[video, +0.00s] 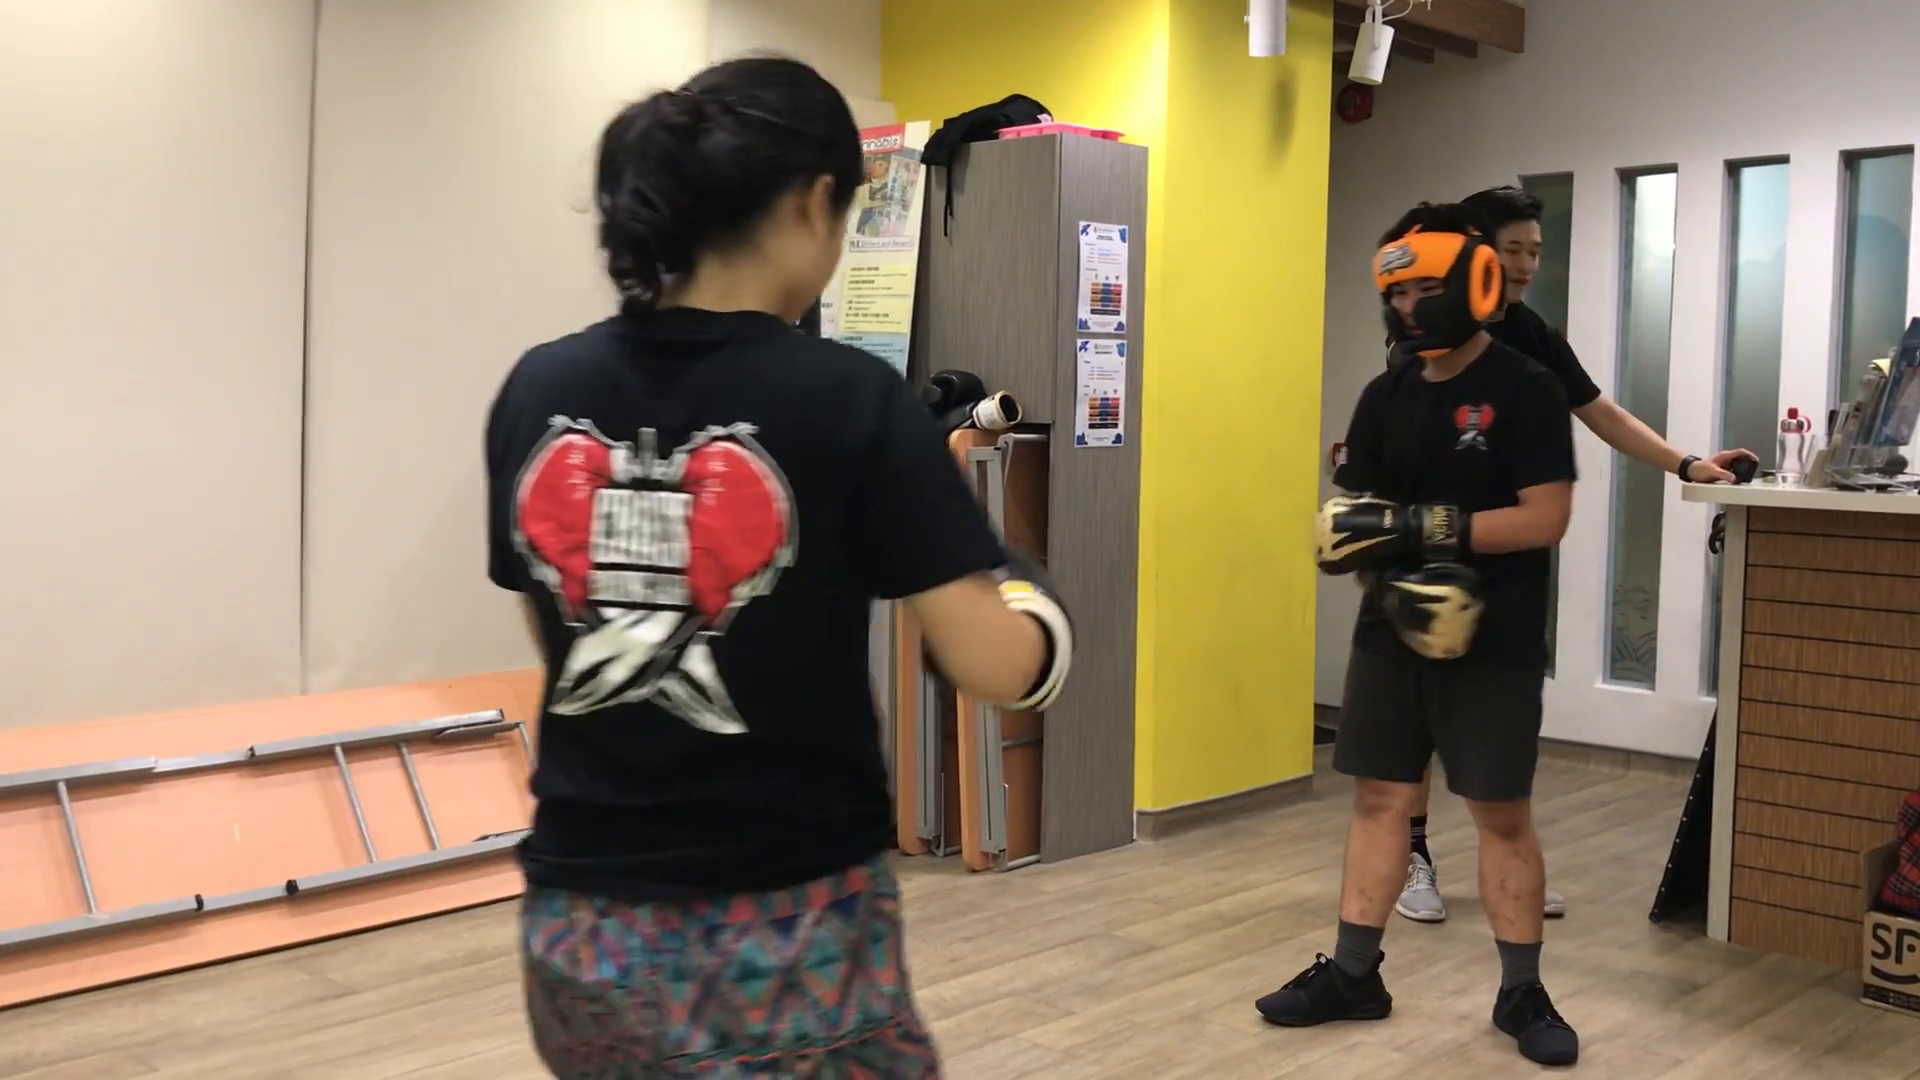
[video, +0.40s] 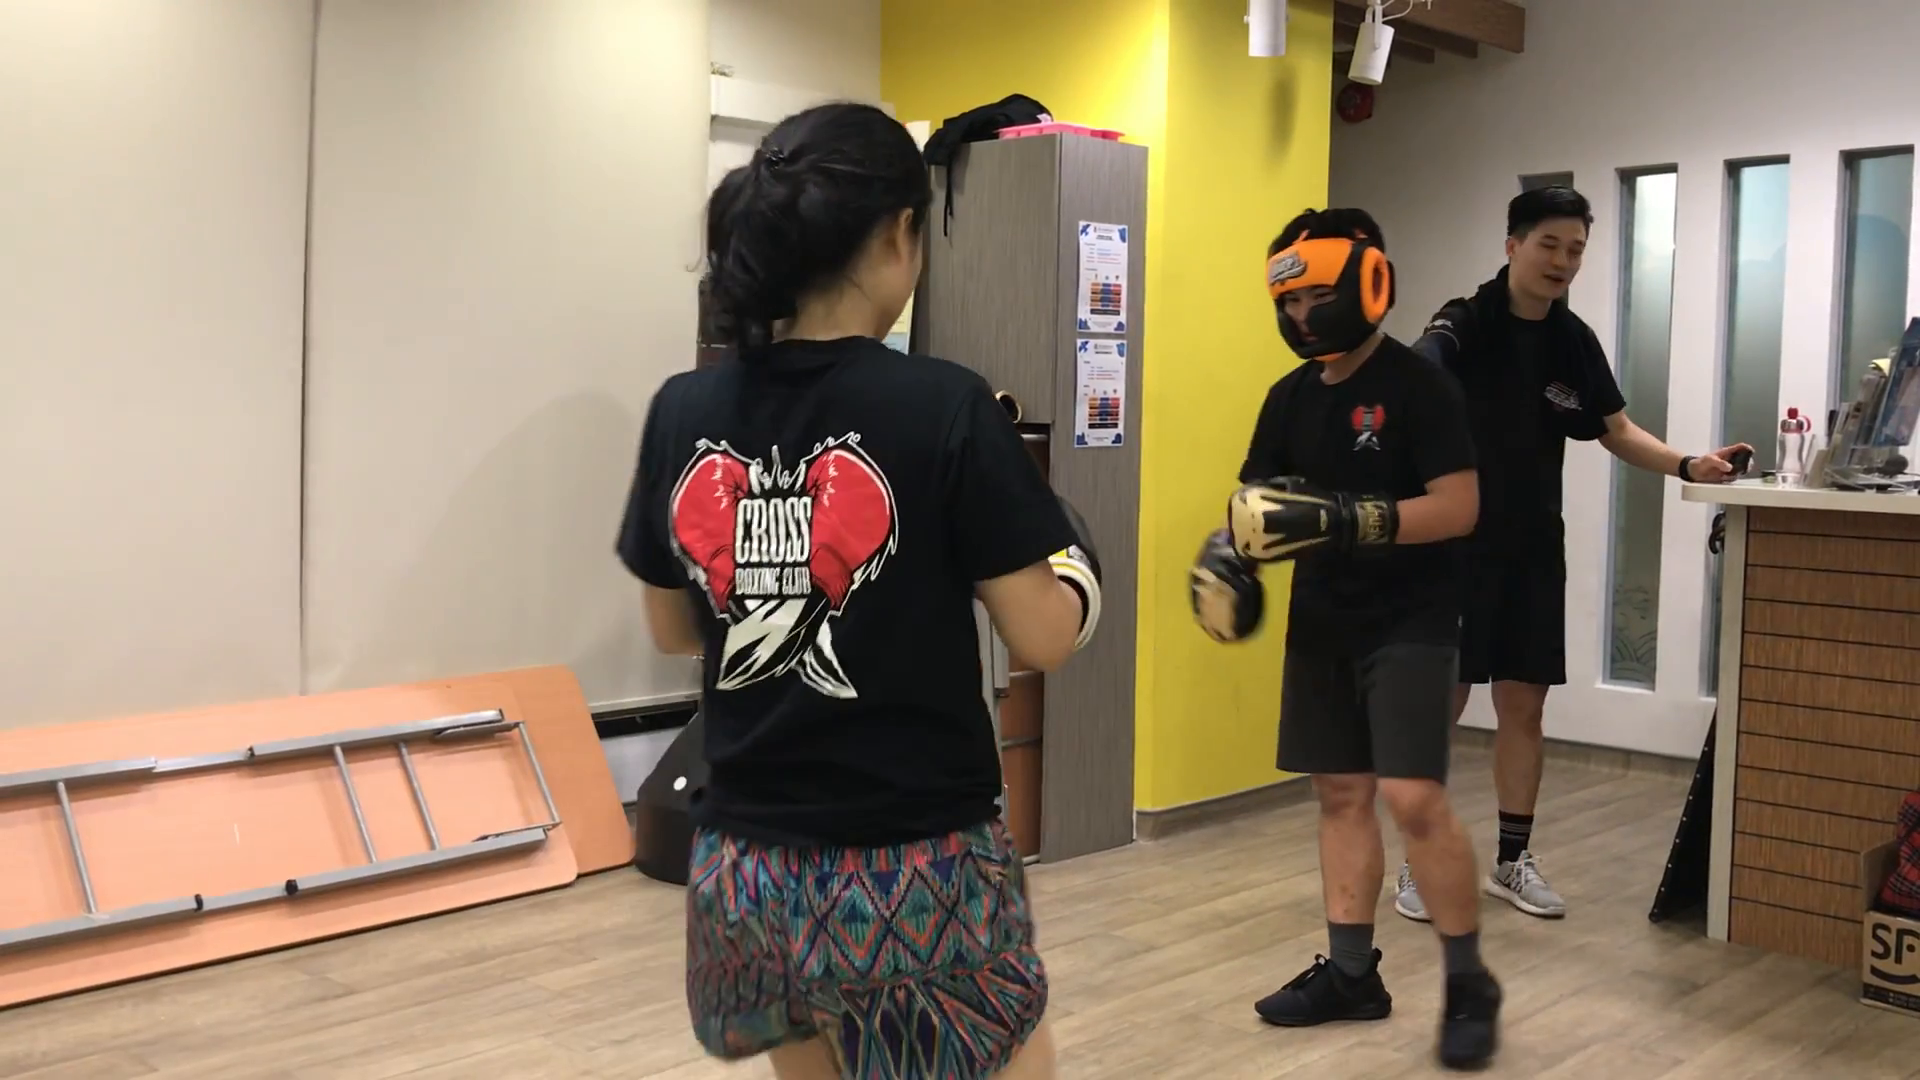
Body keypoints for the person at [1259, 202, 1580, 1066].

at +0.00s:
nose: (1405, 306)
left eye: (1421, 288)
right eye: (1396, 292)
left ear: (1472, 289)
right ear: (1390, 301)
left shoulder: (1527, 392)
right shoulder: (1384, 396)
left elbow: (1548, 518)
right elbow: (1354, 512)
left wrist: (1425, 527)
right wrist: (1350, 545)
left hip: (1497, 636)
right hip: (1394, 625)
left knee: (1502, 815)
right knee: (1380, 795)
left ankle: (1522, 991)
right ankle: (1354, 969)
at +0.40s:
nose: (1300, 310)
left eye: (1316, 291)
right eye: (1287, 297)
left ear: (1370, 286)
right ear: (1277, 303)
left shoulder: (1420, 384)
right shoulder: (1290, 398)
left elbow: (1459, 509)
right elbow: (1253, 506)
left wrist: (1346, 519)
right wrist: (1227, 560)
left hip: (1413, 620)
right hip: (1323, 622)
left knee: (1413, 796)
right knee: (1339, 791)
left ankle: (1467, 978)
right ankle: (1350, 972)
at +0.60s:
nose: (1276, 317)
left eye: (1293, 297)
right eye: (1263, 302)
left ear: (1345, 289)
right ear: (1254, 305)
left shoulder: (1397, 385)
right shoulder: (1266, 395)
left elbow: (1418, 513)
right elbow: (1222, 510)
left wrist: (1335, 467)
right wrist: (1172, 491)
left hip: (1384, 619)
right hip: (1301, 620)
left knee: (1361, 802)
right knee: (1319, 797)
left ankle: (1359, 1000)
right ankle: (1339, 964)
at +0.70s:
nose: (1262, 318)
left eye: (1276, 298)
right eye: (1253, 303)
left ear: (1331, 290)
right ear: (1248, 304)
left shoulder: (1389, 386)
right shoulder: (1254, 387)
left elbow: (1392, 510)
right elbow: (1198, 500)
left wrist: (1327, 427)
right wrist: (1150, 436)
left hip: (1369, 623)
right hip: (1288, 622)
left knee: (1333, 806)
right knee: (1314, 804)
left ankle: (1304, 1006)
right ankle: (1352, 967)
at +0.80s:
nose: (1270, 306)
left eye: (1290, 287)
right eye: (1256, 291)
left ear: (1340, 289)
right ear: (1244, 299)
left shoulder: (1385, 387)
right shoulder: (1249, 390)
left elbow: (1363, 493)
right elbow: (1180, 484)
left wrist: (1322, 381)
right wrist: (1151, 384)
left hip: (1352, 627)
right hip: (1272, 626)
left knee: (1314, 812)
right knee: (1308, 808)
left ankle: (1284, 1021)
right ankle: (1350, 971)